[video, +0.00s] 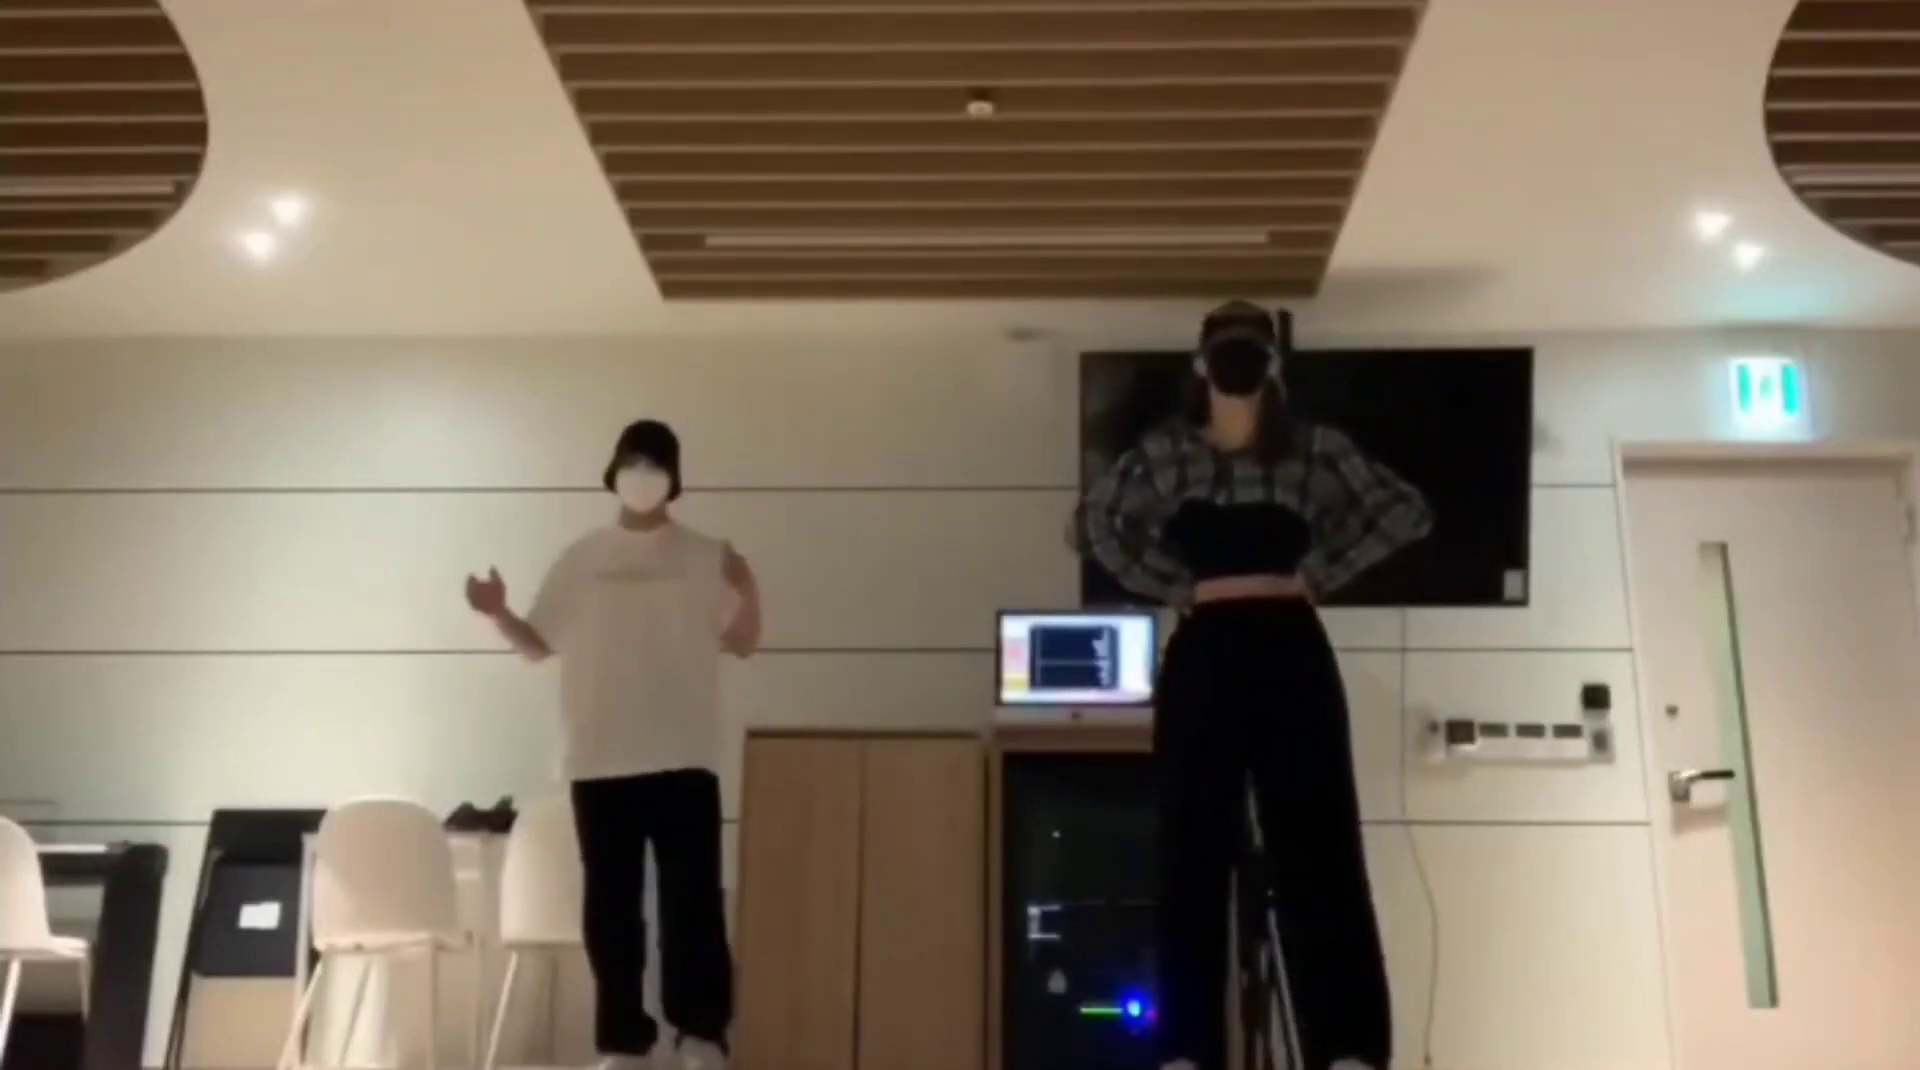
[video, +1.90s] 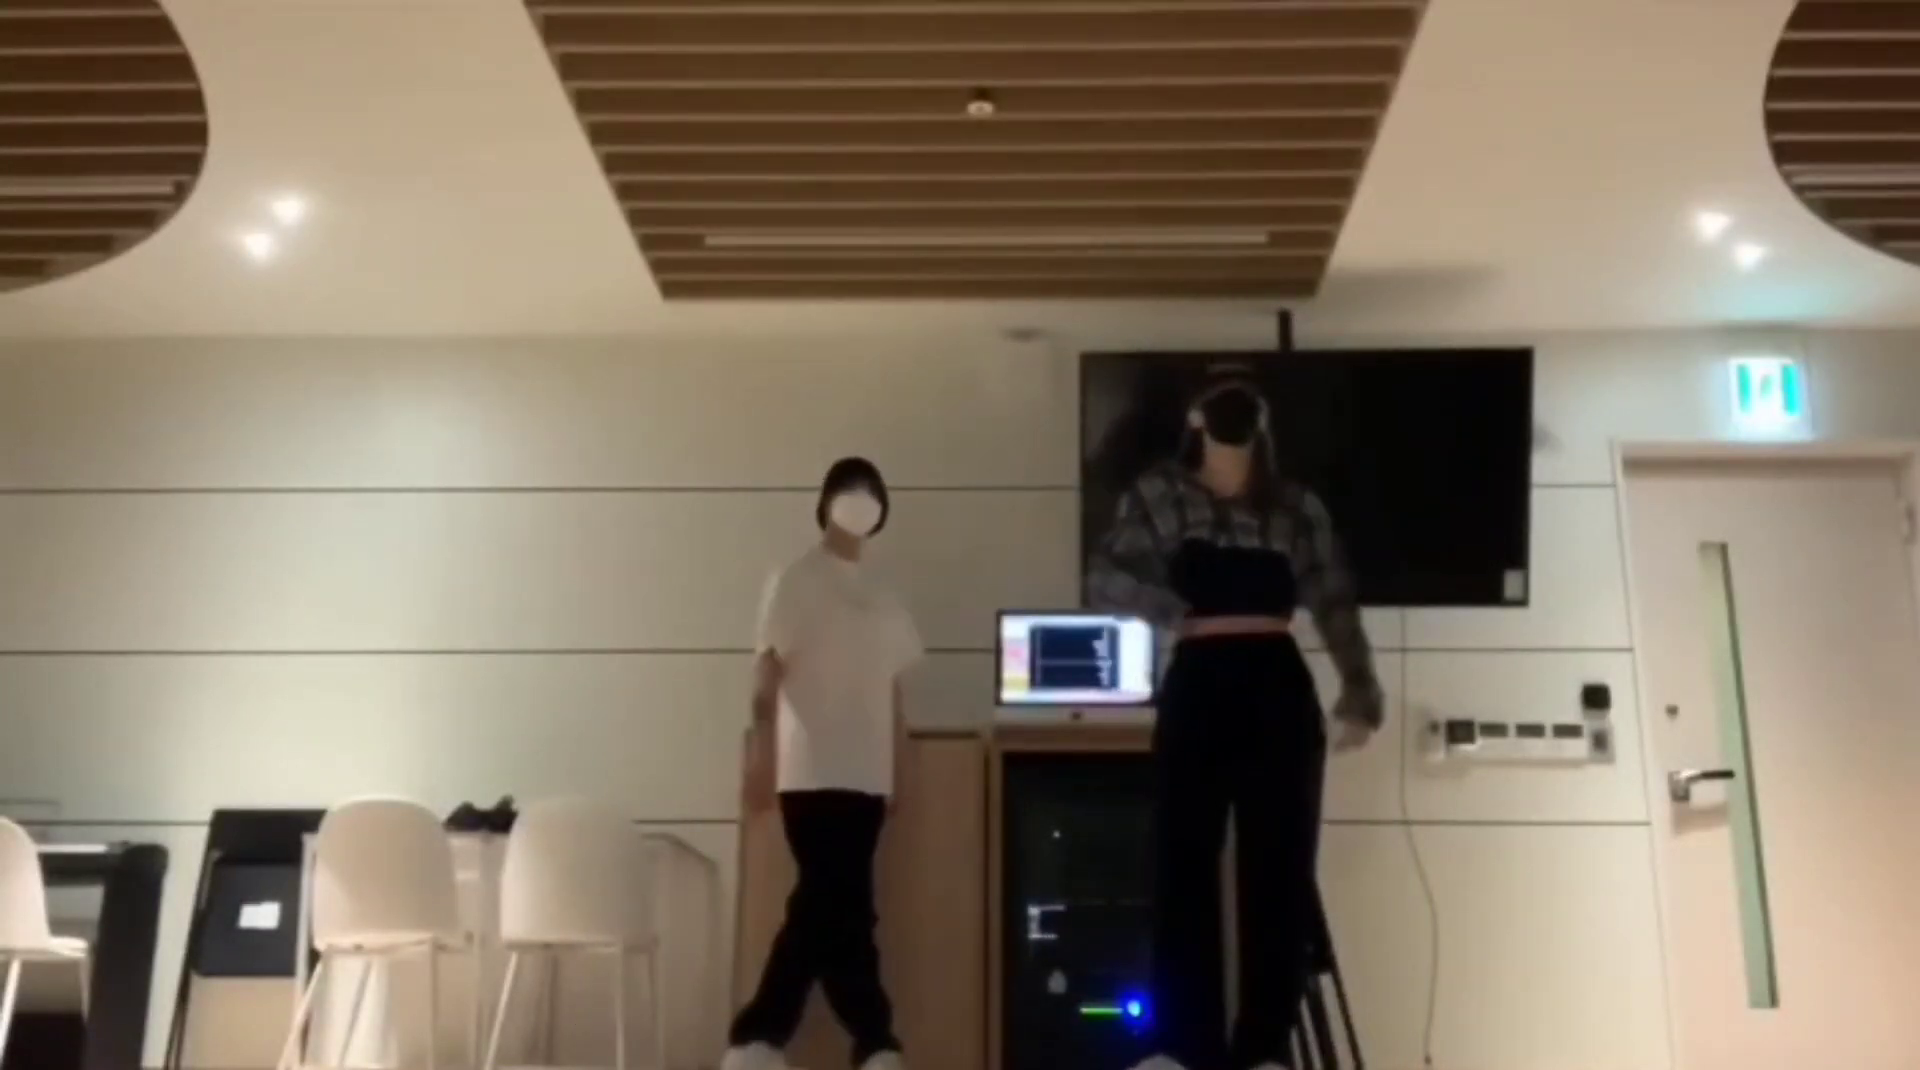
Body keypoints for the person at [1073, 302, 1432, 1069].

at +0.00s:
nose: (1239, 358)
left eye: (1253, 345)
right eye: (1225, 344)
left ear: (1276, 362)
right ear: (1200, 361)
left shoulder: (1316, 449)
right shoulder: (1167, 451)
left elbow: (1406, 512)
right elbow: (1097, 523)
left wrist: (1322, 572)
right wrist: (1170, 587)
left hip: (1290, 654)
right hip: (1203, 657)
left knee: (1315, 847)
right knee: (1195, 851)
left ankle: (1346, 1046)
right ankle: (1189, 1045)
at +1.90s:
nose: (1235, 423)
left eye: (1245, 413)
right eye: (1222, 413)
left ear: (1264, 425)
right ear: (1196, 424)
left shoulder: (1295, 507)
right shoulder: (1162, 496)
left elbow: (1334, 604)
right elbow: (1103, 576)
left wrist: (1360, 689)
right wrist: (1162, 604)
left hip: (1280, 693)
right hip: (1198, 692)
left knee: (1279, 871)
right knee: (1187, 866)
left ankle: (1266, 1039)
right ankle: (1190, 1038)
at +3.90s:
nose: (1206, 426)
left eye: (1217, 415)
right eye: (1192, 415)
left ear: (1236, 431)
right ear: (1168, 431)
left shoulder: (1270, 517)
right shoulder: (1131, 519)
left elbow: (1296, 620)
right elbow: (1112, 617)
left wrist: (1317, 716)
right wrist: (1132, 696)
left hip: (1256, 704)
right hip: (1178, 705)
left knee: (1260, 868)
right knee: (1189, 870)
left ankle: (1255, 1040)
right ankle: (1200, 1039)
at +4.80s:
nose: (1169, 410)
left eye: (1181, 397)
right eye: (1153, 399)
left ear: (1201, 413)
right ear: (1129, 417)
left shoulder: (1228, 494)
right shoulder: (1096, 493)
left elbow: (1244, 586)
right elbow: (1056, 585)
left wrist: (1237, 634)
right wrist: (1085, 678)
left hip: (1202, 689)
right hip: (1123, 688)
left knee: (1194, 829)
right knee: (1108, 839)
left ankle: (1186, 971)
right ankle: (1100, 993)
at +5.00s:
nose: (1177, 418)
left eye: (1188, 407)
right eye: (1163, 407)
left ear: (1207, 423)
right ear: (1137, 424)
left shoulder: (1229, 497)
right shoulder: (1100, 506)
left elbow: (1260, 561)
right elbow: (1068, 596)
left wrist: (1309, 573)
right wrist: (1092, 652)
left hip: (1222, 698)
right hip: (1134, 700)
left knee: (1291, 852)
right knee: (1083, 858)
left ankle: (1405, 1032)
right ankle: (1090, 1035)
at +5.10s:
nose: (1175, 423)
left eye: (1188, 411)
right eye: (1162, 412)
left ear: (1210, 429)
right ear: (1140, 428)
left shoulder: (1244, 489)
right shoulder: (1121, 507)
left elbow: (1346, 527)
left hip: (1253, 695)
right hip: (1167, 712)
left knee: (1348, 861)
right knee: (1105, 864)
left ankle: (1446, 1056)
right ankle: (1086, 1041)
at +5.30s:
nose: (1200, 413)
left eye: (1210, 401)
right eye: (1193, 401)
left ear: (1225, 418)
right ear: (1174, 418)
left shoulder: (1251, 476)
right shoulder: (1149, 498)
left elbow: (1338, 467)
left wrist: (1455, 451)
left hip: (1260, 683)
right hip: (1183, 702)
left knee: (1358, 860)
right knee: (1121, 865)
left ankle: (1447, 1050)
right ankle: (1083, 1041)